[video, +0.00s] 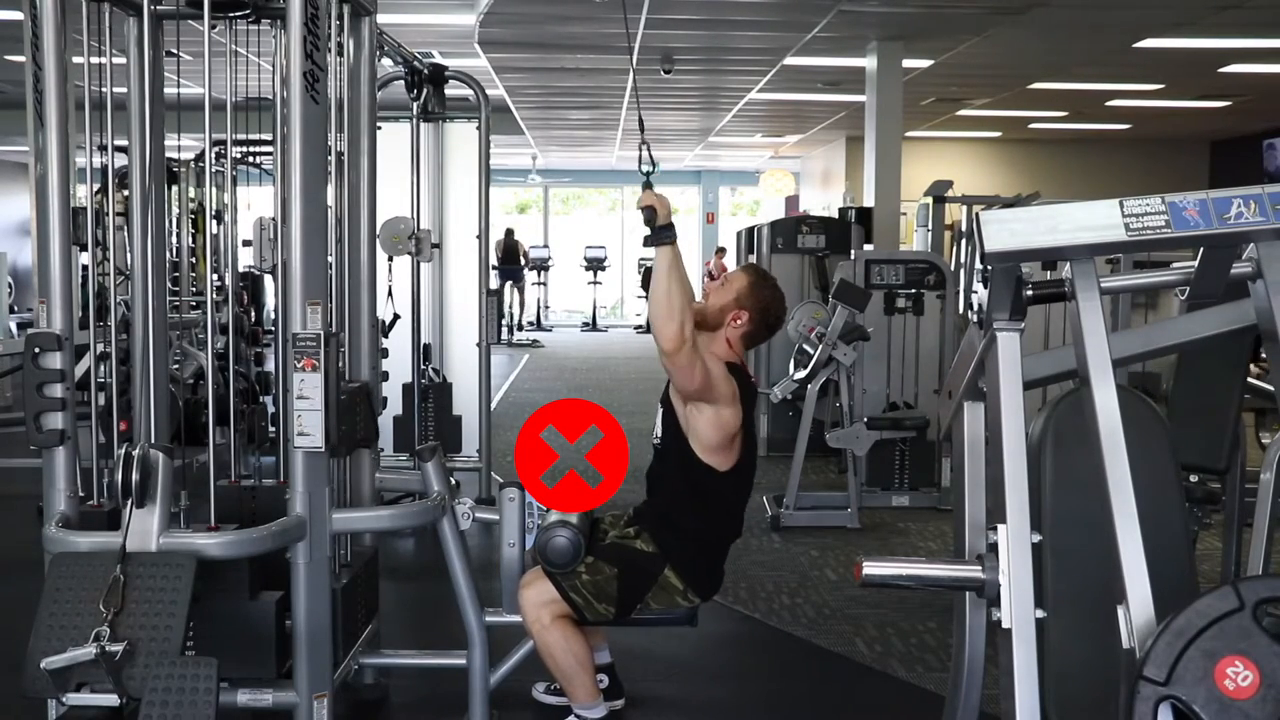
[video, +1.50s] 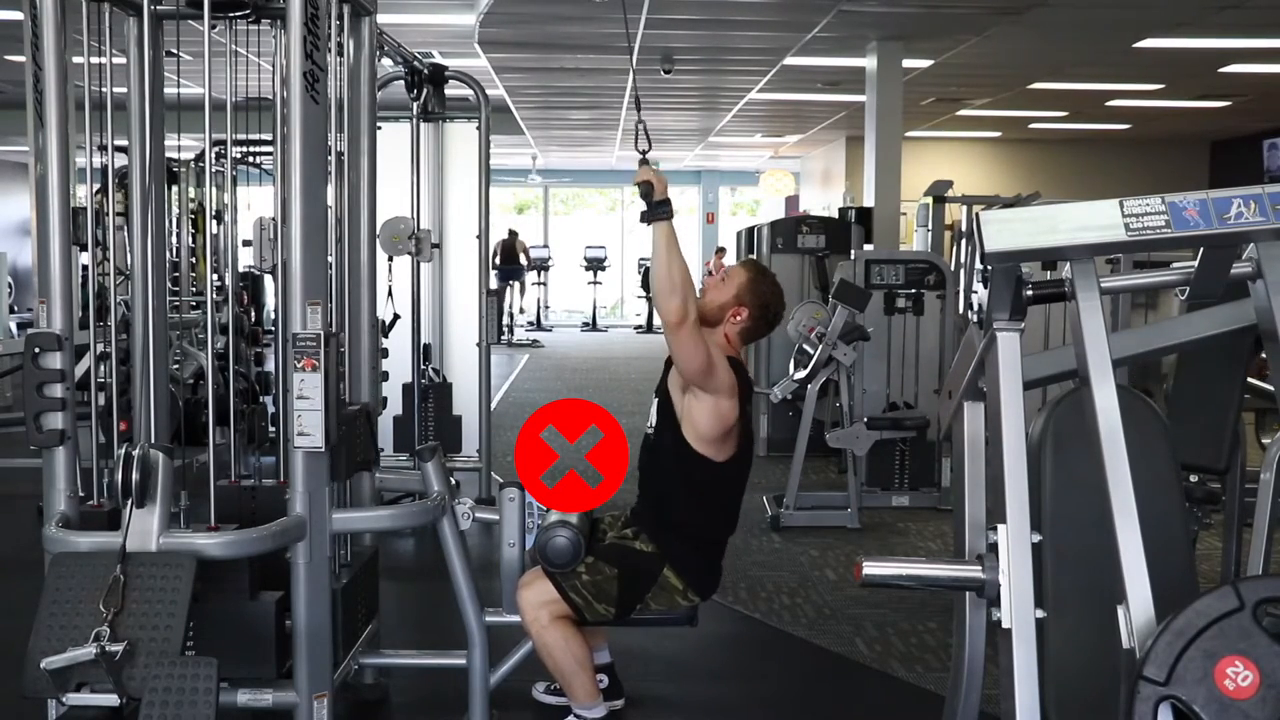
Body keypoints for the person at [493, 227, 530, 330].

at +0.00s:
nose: (509, 237)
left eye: (508, 235)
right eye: (510, 235)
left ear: (504, 235)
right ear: (513, 235)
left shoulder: (499, 243)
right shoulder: (518, 244)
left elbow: (498, 258)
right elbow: (527, 259)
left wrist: (500, 266)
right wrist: (524, 266)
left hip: (503, 271)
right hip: (516, 270)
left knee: (501, 288)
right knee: (521, 296)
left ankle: (501, 311)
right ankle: (520, 320)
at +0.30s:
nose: (512, 236)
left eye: (511, 234)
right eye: (514, 234)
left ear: (508, 233)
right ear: (516, 234)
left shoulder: (501, 242)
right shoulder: (520, 244)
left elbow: (499, 256)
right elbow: (527, 260)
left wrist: (502, 264)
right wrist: (525, 266)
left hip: (503, 270)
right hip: (516, 270)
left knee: (501, 291)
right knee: (522, 281)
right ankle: (521, 304)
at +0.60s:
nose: (511, 237)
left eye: (510, 234)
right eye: (512, 235)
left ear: (506, 234)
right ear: (516, 234)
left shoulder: (500, 243)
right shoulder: (520, 244)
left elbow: (498, 258)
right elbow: (530, 262)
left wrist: (501, 267)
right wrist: (526, 272)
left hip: (503, 270)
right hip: (517, 271)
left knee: (498, 289)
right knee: (521, 296)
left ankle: (498, 313)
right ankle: (521, 322)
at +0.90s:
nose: (513, 238)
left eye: (511, 235)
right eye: (514, 236)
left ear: (507, 235)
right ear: (516, 235)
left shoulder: (499, 243)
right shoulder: (521, 244)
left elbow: (499, 259)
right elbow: (528, 260)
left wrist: (501, 267)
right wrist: (527, 268)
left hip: (503, 271)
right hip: (517, 271)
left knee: (498, 283)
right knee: (521, 299)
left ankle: (499, 307)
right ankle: (520, 323)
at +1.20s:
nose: (516, 239)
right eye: (517, 237)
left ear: (510, 234)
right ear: (518, 235)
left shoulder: (501, 242)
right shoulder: (522, 243)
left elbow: (498, 258)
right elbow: (528, 260)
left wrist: (501, 266)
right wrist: (527, 268)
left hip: (503, 270)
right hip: (517, 270)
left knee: (500, 295)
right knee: (523, 289)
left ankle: (499, 321)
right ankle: (520, 307)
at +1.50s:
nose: (515, 239)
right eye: (516, 237)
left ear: (508, 235)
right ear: (516, 236)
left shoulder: (500, 243)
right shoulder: (520, 243)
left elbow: (493, 259)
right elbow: (529, 259)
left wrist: (496, 267)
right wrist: (528, 269)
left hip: (503, 270)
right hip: (517, 270)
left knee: (501, 294)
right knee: (522, 282)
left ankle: (499, 321)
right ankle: (521, 305)